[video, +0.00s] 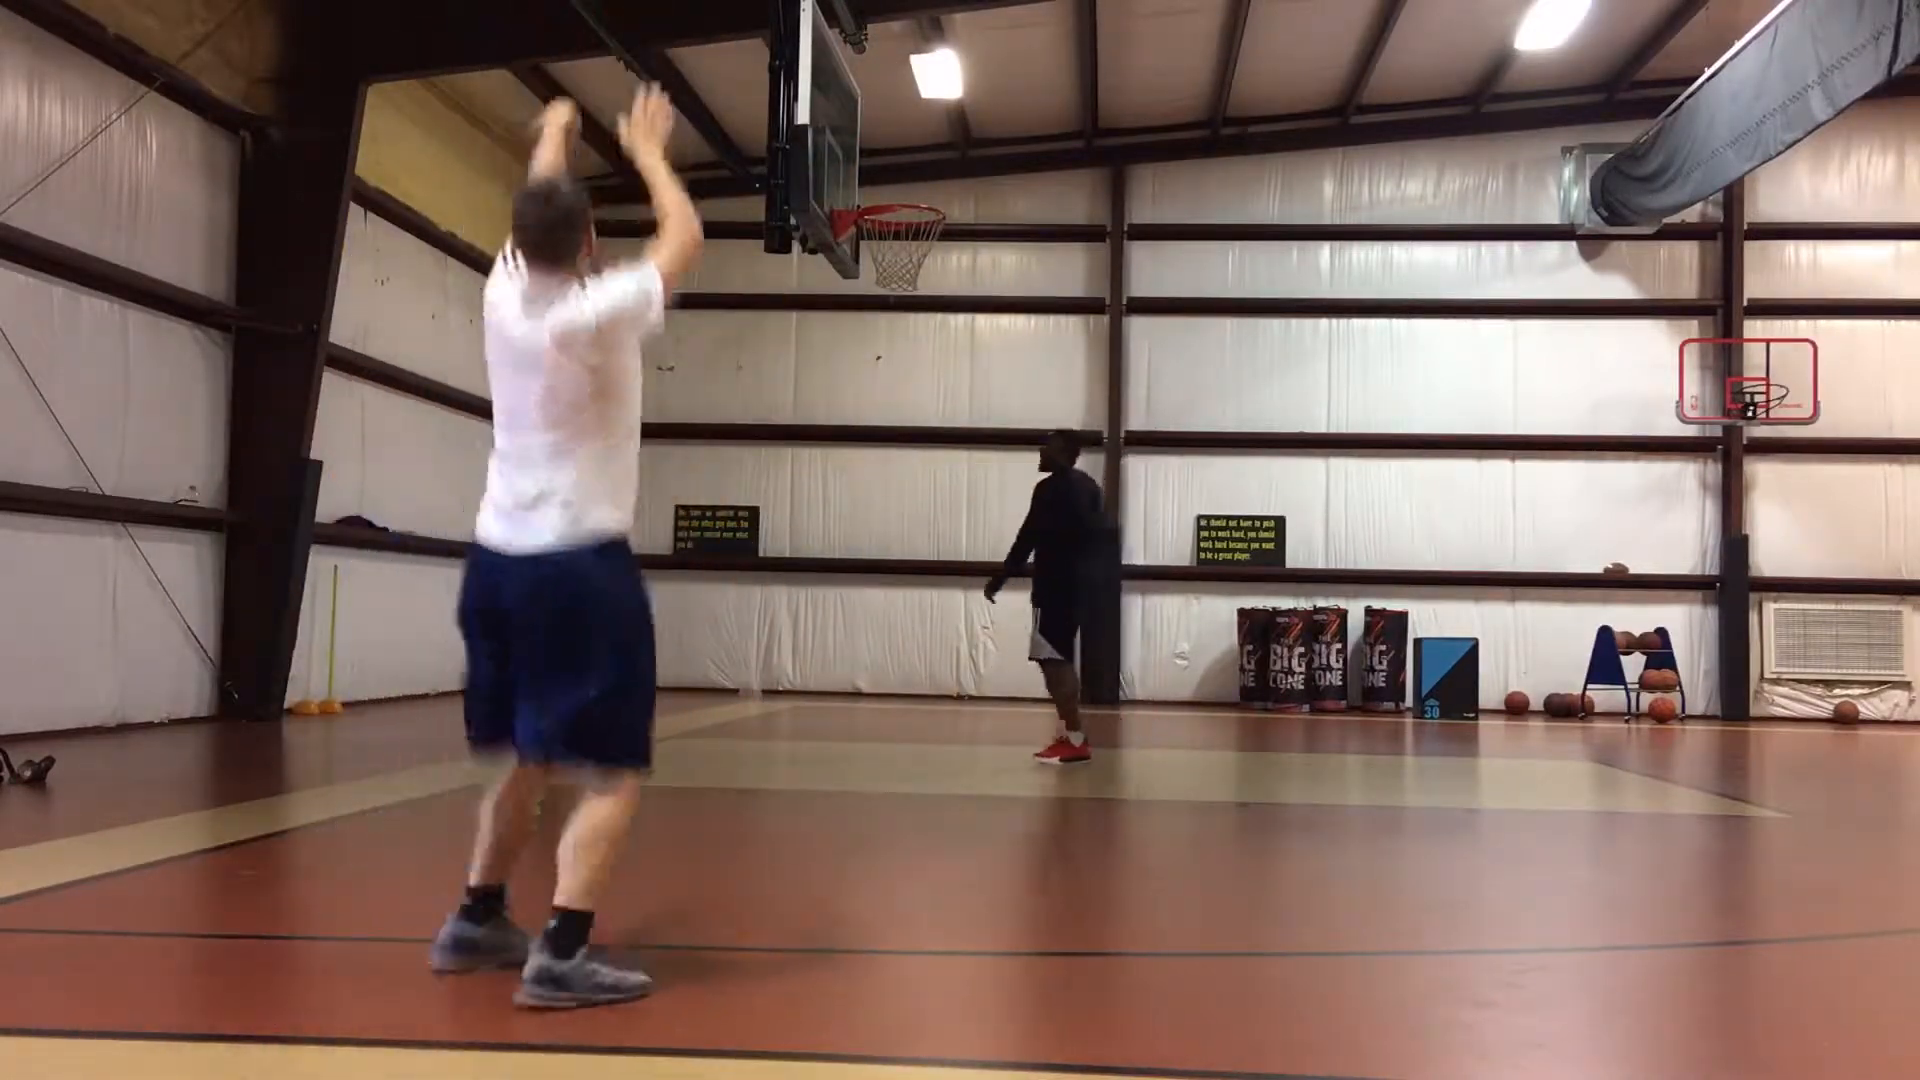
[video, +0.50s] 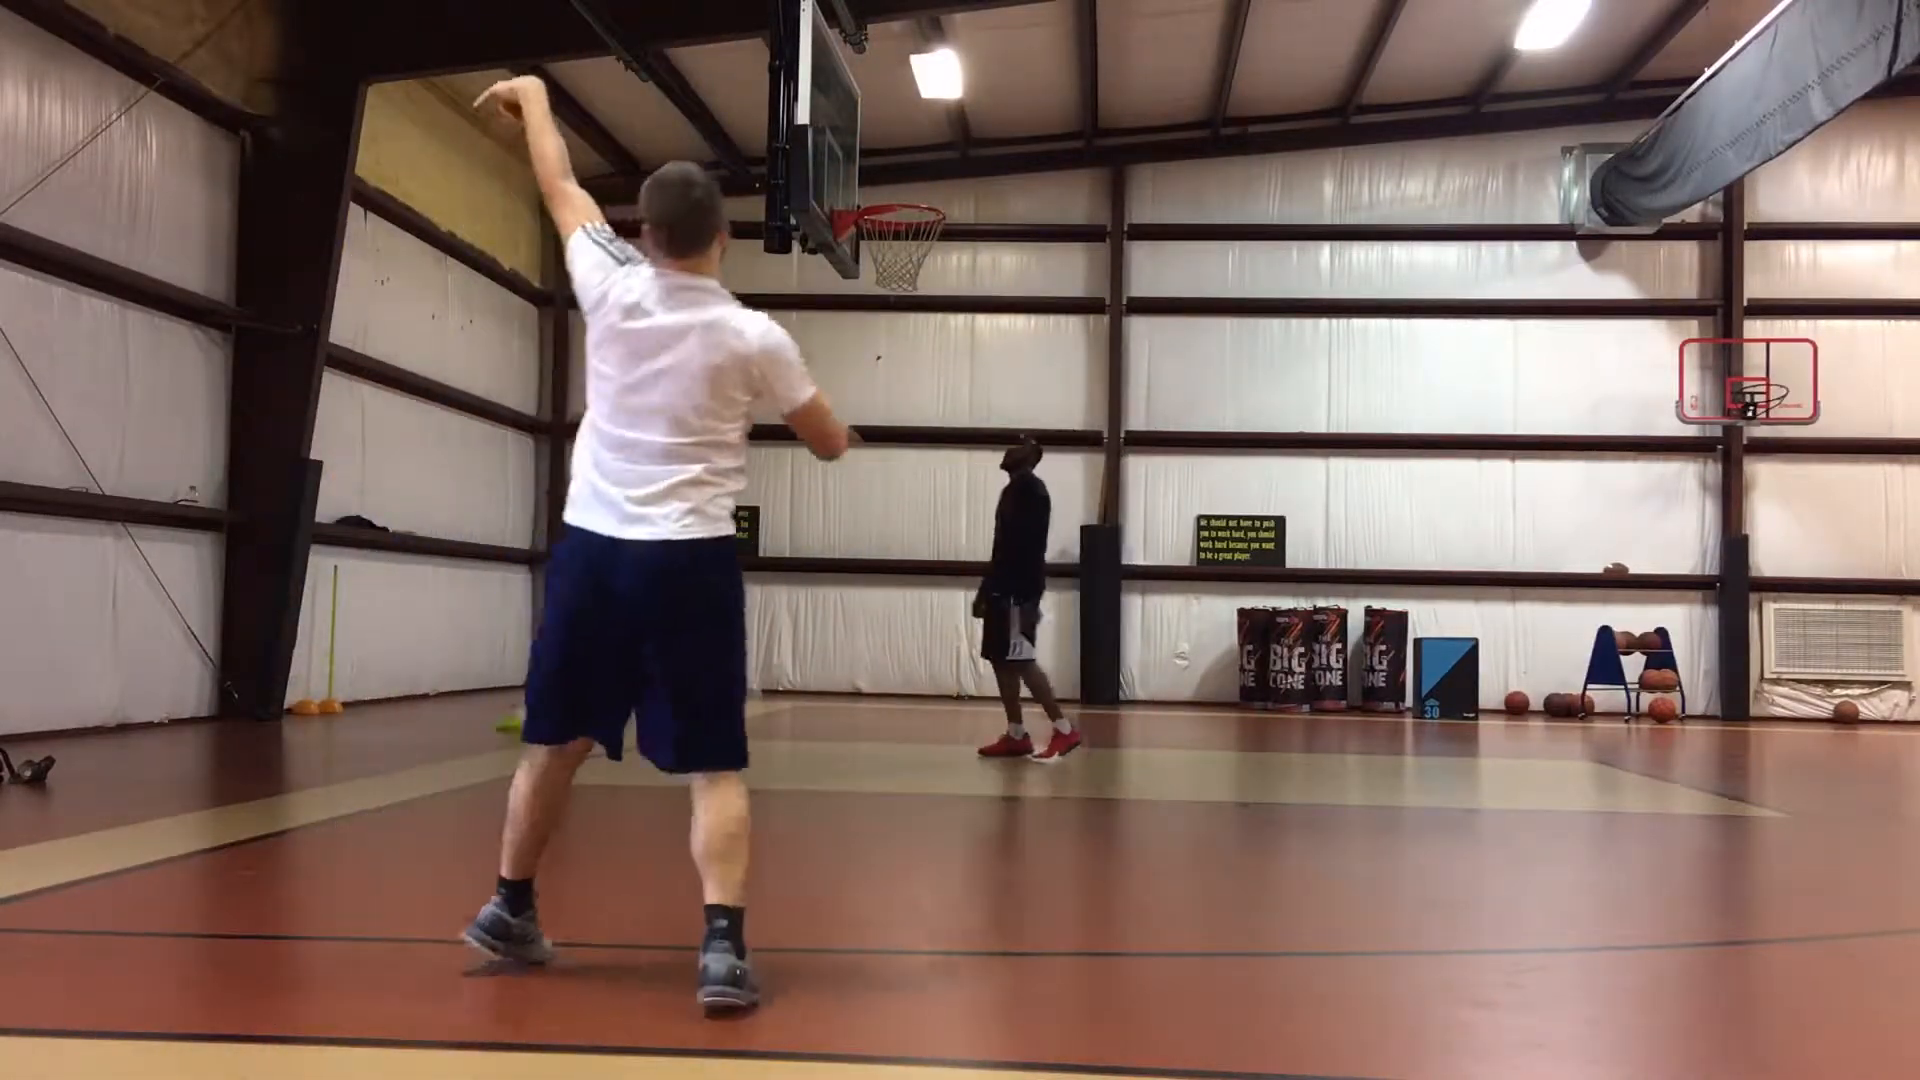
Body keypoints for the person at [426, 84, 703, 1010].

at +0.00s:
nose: (598, 234)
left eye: (572, 225)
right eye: (593, 225)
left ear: (523, 237)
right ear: (590, 237)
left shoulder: (504, 296)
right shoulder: (609, 307)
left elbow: (531, 213)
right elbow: (682, 233)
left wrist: (551, 145)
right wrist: (651, 153)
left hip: (499, 563)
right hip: (585, 568)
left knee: (524, 757)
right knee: (616, 773)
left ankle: (477, 917)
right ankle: (560, 955)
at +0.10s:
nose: (609, 281)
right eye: (606, 271)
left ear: (530, 275)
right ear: (600, 281)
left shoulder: (508, 330)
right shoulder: (613, 354)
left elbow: (531, 249)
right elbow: (722, 318)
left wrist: (545, 179)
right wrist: (671, 241)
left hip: (500, 594)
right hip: (588, 595)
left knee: (529, 769)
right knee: (671, 767)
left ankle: (476, 919)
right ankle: (592, 912)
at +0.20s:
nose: (634, 260)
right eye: (631, 251)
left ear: (554, 261)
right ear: (624, 267)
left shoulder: (527, 314)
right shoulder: (638, 349)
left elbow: (530, 231)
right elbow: (756, 375)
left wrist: (531, 160)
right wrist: (706, 299)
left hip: (518, 576)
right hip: (610, 580)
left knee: (538, 755)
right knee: (697, 743)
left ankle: (478, 916)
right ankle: (645, 895)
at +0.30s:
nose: (662, 246)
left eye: (649, 235)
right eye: (660, 238)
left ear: (579, 243)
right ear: (653, 250)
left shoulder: (552, 295)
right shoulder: (675, 340)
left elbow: (533, 207)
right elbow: (776, 415)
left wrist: (518, 131)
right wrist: (744, 342)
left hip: (546, 559)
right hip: (643, 567)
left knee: (543, 742)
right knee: (701, 743)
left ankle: (484, 911)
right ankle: (709, 913)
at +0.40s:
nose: (692, 241)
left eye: (610, 230)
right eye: (692, 229)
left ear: (612, 240)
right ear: (690, 241)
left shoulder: (582, 292)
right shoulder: (713, 339)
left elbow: (540, 192)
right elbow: (804, 429)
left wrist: (522, 111)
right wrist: (779, 385)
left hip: (573, 556)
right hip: (671, 565)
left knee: (552, 739)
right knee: (701, 752)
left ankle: (493, 908)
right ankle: (722, 937)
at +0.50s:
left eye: (645, 229)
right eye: (717, 228)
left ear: (646, 234)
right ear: (723, 237)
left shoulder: (611, 289)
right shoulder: (753, 338)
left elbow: (560, 186)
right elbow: (829, 439)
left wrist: (534, 98)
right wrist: (792, 406)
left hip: (591, 553)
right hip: (695, 563)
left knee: (555, 739)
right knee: (716, 762)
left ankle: (508, 911)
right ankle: (722, 949)